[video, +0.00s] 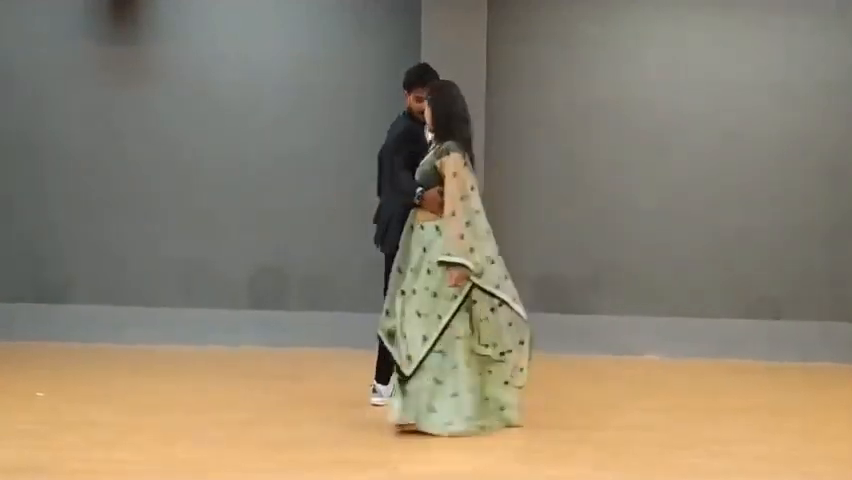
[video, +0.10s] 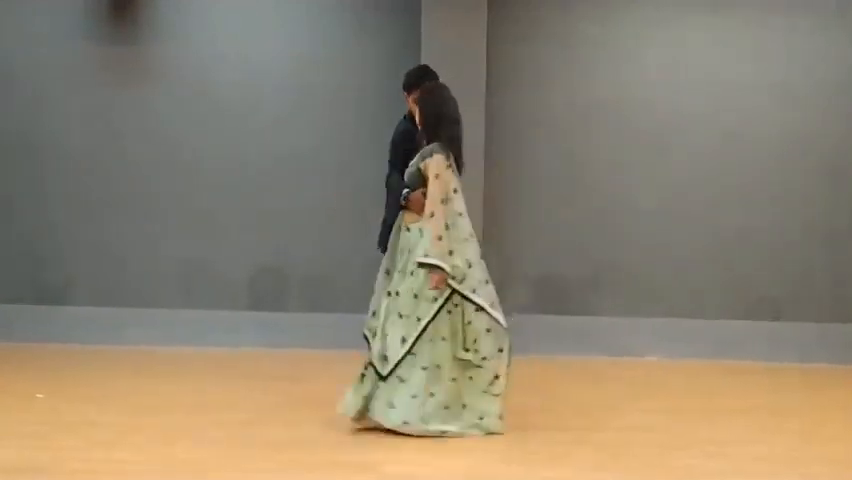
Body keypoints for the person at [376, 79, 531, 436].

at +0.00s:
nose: (423, 112)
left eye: (428, 105)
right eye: (423, 105)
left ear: (440, 110)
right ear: (448, 109)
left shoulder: (451, 156)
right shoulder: (436, 152)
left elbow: (460, 211)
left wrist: (459, 259)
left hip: (442, 253)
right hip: (426, 251)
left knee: (438, 330)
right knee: (424, 329)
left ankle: (441, 409)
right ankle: (423, 407)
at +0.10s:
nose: (412, 116)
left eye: (416, 109)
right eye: (413, 109)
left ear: (428, 113)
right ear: (443, 112)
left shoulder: (437, 158)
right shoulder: (427, 155)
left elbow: (439, 212)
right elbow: (429, 210)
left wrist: (439, 261)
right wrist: (406, 200)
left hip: (427, 254)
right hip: (415, 250)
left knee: (423, 331)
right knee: (412, 329)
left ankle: (420, 407)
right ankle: (408, 405)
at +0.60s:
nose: (408, 113)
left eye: (406, 106)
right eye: (405, 108)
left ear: (366, 113)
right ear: (399, 115)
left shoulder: (352, 157)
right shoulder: (404, 155)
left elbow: (334, 206)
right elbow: (430, 186)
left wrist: (318, 252)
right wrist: (460, 194)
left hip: (360, 240)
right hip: (392, 241)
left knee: (355, 327)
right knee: (392, 327)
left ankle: (353, 412)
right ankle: (395, 410)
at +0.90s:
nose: (382, 124)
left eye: (380, 117)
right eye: (381, 118)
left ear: (349, 119)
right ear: (375, 122)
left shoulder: (331, 163)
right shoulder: (383, 163)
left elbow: (305, 212)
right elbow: (420, 200)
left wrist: (281, 251)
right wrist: (461, 203)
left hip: (339, 245)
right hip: (373, 245)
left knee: (336, 330)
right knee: (369, 332)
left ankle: (330, 415)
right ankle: (365, 417)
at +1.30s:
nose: (374, 128)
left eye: (374, 121)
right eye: (372, 122)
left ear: (344, 124)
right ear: (361, 124)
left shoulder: (332, 163)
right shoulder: (364, 163)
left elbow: (331, 211)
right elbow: (395, 205)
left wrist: (380, 211)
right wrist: (440, 202)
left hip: (335, 246)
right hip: (361, 247)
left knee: (332, 326)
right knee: (361, 327)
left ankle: (324, 404)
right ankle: (357, 407)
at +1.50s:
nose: (369, 126)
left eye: (369, 119)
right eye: (365, 120)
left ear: (352, 123)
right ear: (350, 122)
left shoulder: (354, 158)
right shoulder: (343, 160)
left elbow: (359, 207)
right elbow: (360, 206)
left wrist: (383, 211)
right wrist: (400, 205)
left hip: (355, 240)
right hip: (342, 242)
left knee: (358, 320)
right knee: (349, 320)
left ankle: (355, 401)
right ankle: (346, 403)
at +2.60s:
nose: (205, 125)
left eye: (209, 119)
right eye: (205, 119)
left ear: (226, 120)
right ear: (221, 120)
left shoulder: (249, 153)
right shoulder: (217, 156)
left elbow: (291, 156)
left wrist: (338, 157)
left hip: (239, 242)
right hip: (212, 243)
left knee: (257, 316)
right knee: (207, 317)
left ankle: (302, 392)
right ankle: (203, 395)